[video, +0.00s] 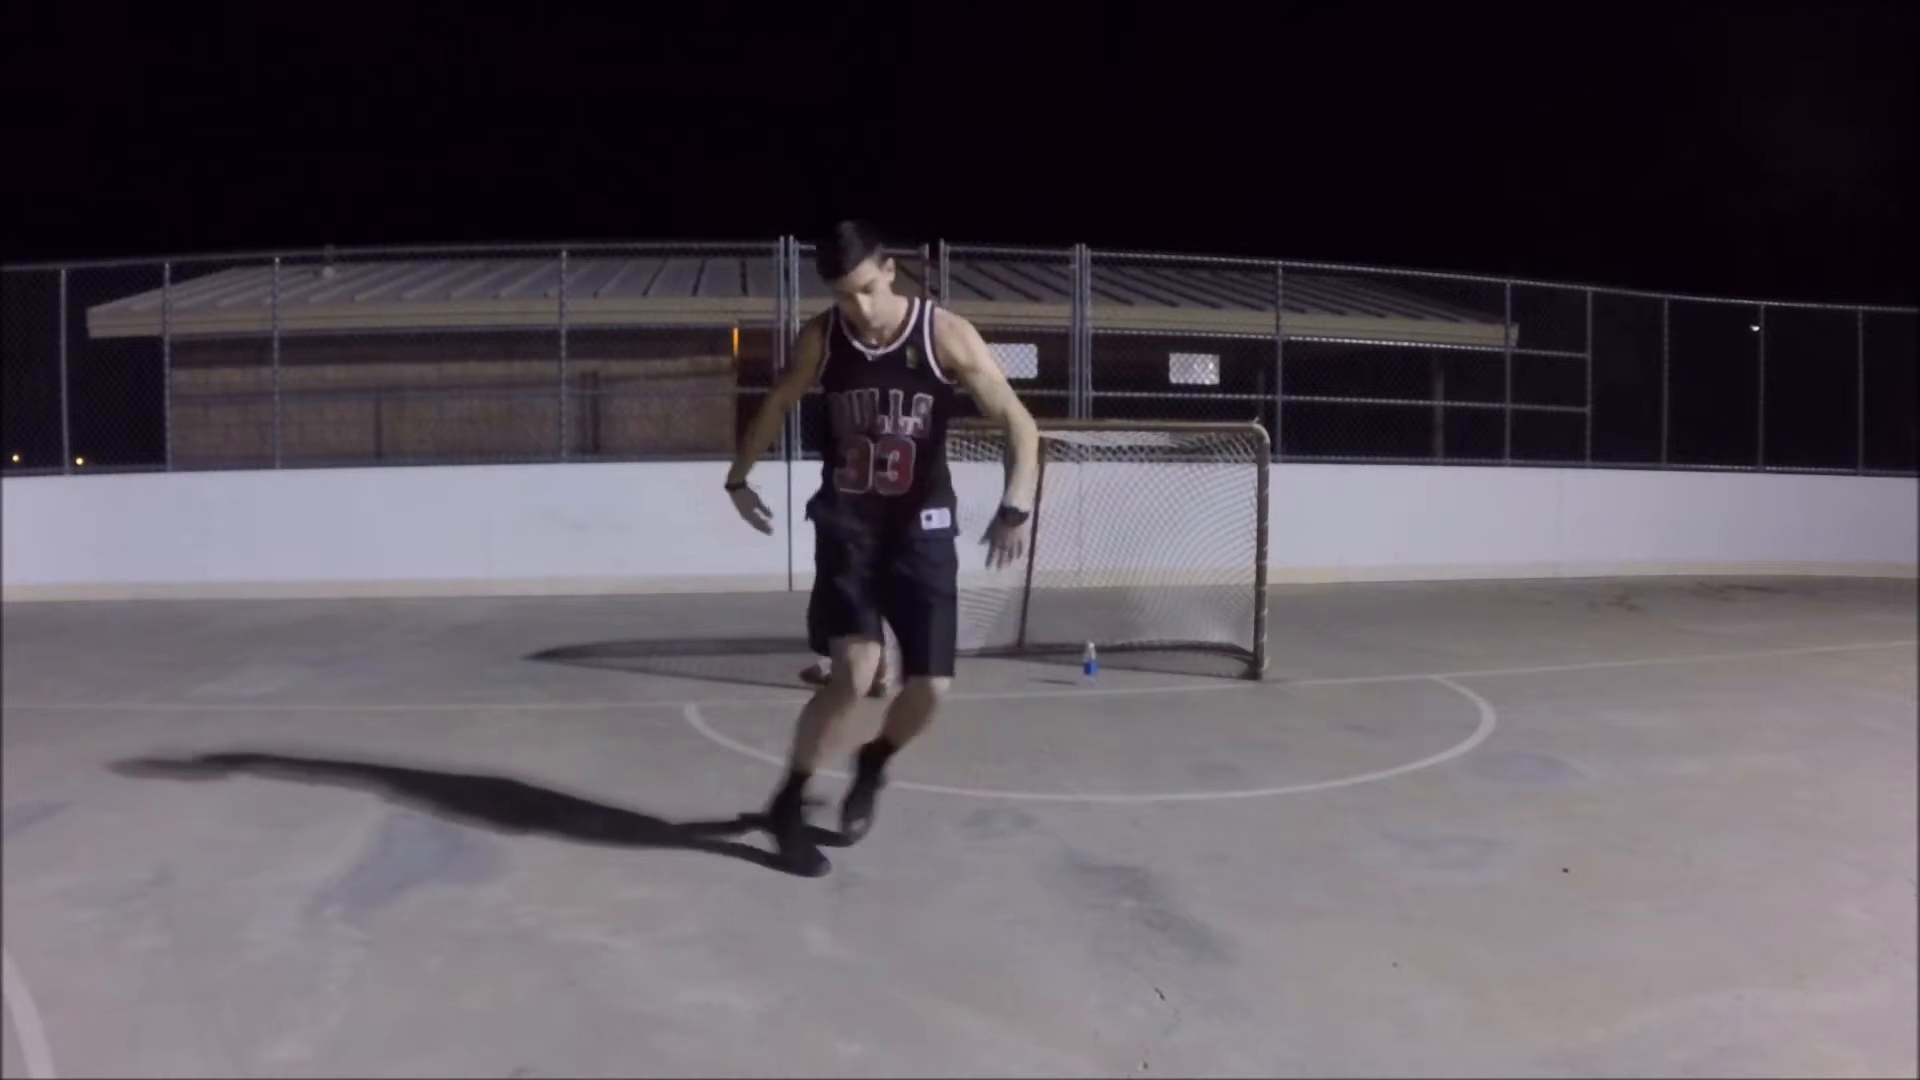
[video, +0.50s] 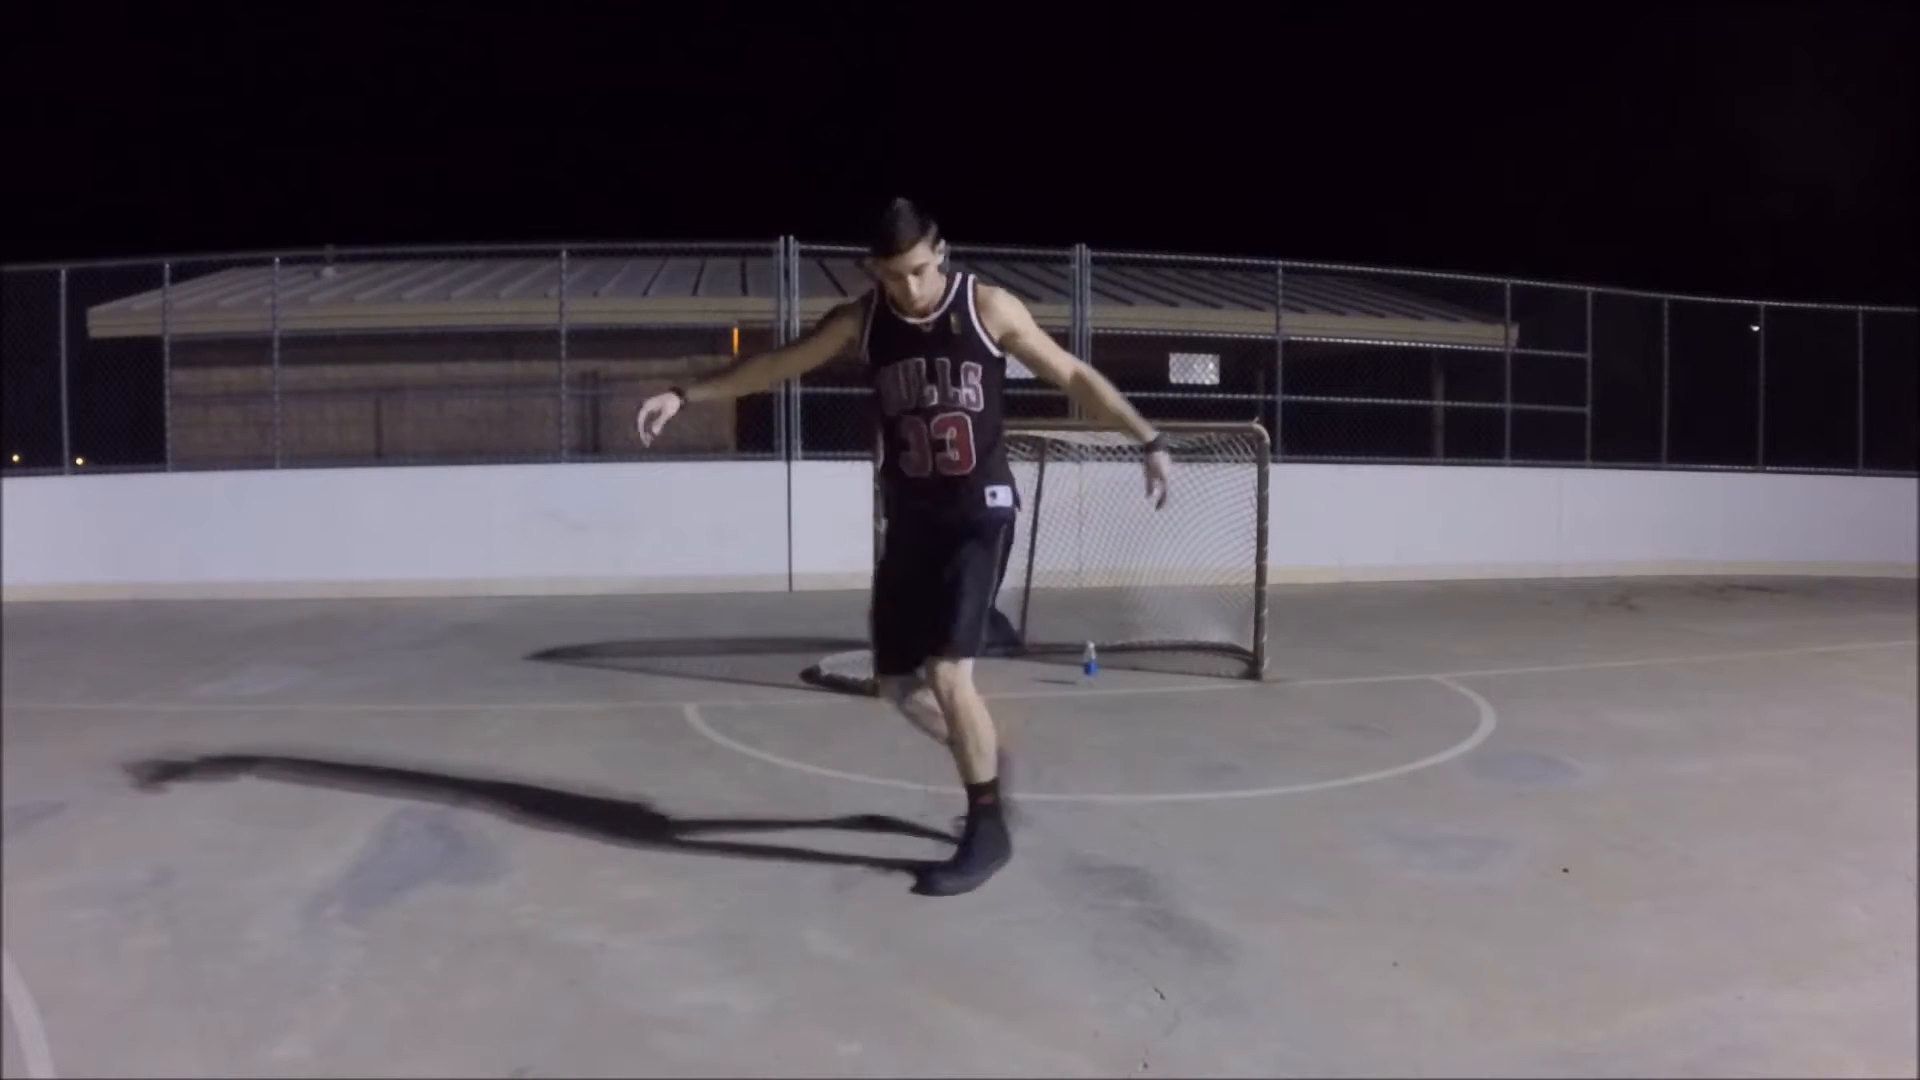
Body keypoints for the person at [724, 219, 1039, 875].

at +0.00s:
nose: (857, 308)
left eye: (866, 290)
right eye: (843, 295)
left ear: (890, 271)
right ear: (830, 289)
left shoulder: (946, 335)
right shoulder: (823, 338)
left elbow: (1020, 423)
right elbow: (780, 402)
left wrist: (1016, 506)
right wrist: (739, 474)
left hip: (922, 527)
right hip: (847, 525)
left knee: (927, 688)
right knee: (856, 675)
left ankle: (872, 764)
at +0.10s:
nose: (849, 310)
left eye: (855, 291)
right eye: (832, 299)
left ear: (876, 271)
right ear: (817, 296)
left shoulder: (944, 329)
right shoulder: (820, 349)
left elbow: (1034, 405)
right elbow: (766, 398)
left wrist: (1026, 488)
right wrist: (709, 452)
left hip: (939, 532)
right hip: (858, 540)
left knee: (957, 661)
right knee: (828, 684)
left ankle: (961, 747)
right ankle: (775, 823)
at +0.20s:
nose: (863, 296)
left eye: (870, 277)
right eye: (847, 286)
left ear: (889, 256)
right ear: (831, 282)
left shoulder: (951, 307)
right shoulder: (832, 330)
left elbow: (1037, 378)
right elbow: (762, 395)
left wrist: (1050, 469)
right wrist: (679, 439)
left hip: (963, 498)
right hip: (890, 502)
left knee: (945, 640)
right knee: (880, 666)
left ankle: (984, 794)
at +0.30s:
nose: (894, 295)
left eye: (903, 275)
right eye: (875, 283)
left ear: (921, 258)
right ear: (852, 279)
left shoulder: (970, 316)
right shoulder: (846, 333)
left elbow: (1045, 388)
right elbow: (766, 386)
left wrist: (1088, 463)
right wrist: (684, 399)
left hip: (976, 515)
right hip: (912, 521)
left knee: (950, 673)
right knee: (970, 674)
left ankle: (931, 849)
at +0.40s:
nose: (912, 298)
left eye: (923, 279)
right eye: (894, 285)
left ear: (938, 265)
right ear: (869, 278)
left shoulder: (979, 323)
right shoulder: (853, 335)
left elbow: (1053, 396)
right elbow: (769, 379)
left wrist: (1118, 463)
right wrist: (686, 386)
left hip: (986, 519)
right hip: (925, 528)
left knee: (947, 671)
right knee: (987, 670)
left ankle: (931, 852)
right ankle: (1083, 791)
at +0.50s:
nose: (909, 288)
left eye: (918, 271)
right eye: (894, 275)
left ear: (940, 251)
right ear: (875, 268)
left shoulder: (989, 307)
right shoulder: (863, 316)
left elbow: (1075, 378)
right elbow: (781, 365)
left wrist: (1147, 441)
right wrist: (686, 394)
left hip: (978, 514)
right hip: (909, 515)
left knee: (950, 670)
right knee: (898, 685)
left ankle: (986, 832)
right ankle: (988, 754)